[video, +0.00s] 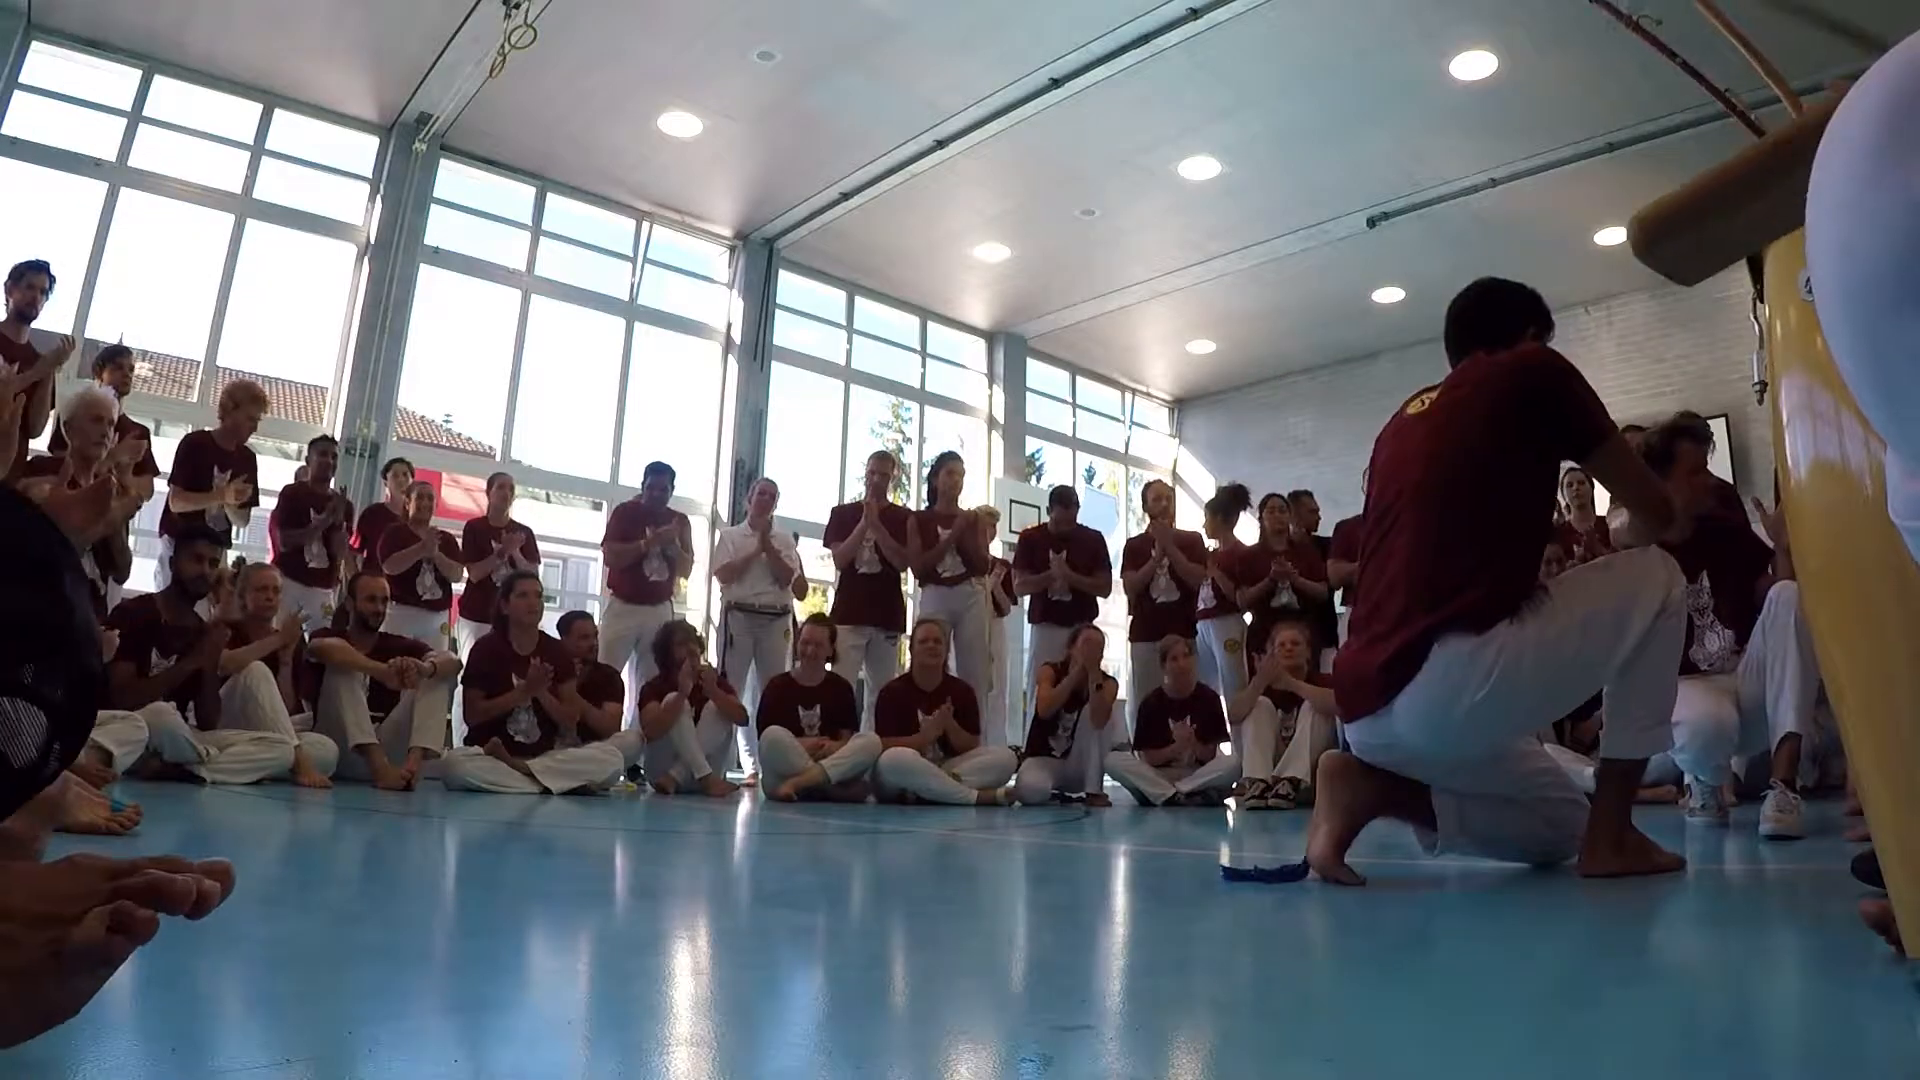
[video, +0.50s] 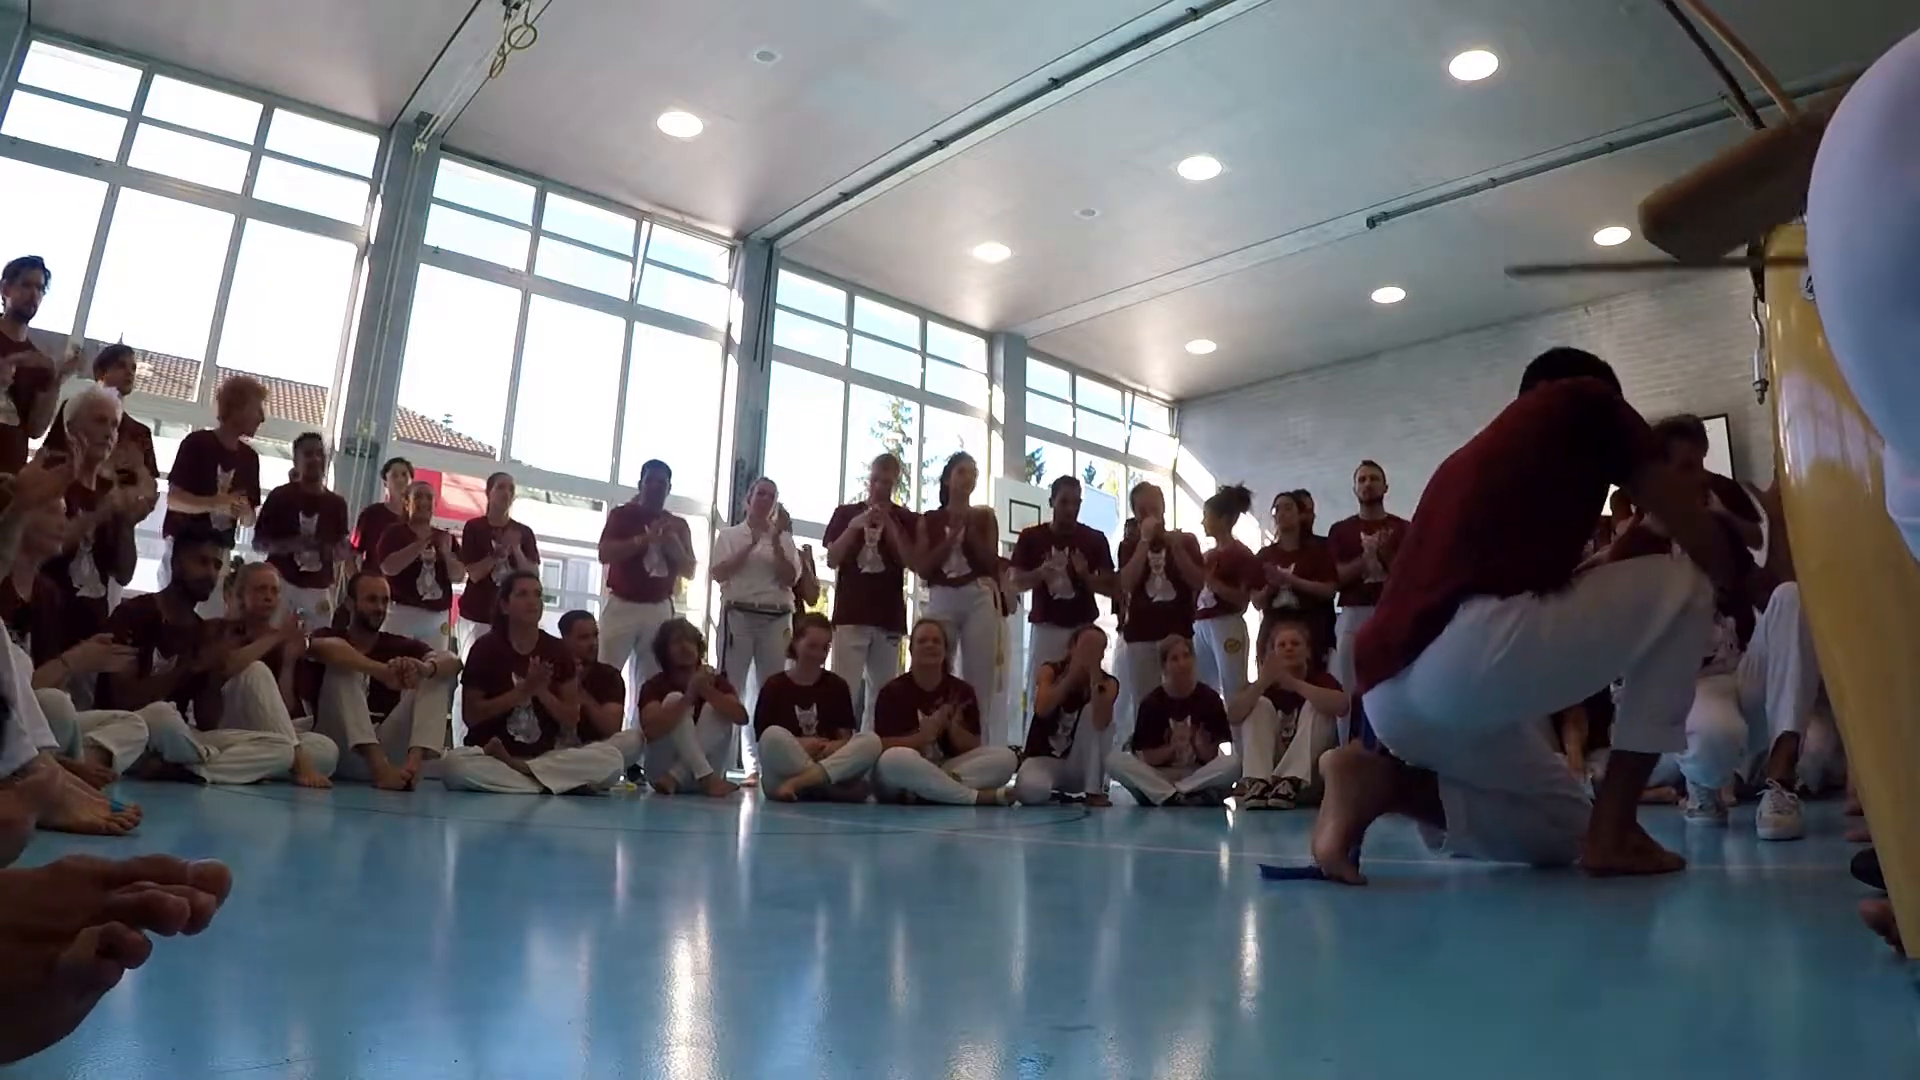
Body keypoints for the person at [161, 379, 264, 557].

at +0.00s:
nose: (255, 428)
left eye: (257, 421)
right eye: (251, 419)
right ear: (228, 412)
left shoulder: (247, 457)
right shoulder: (194, 443)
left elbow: (243, 520)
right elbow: (176, 502)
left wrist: (228, 502)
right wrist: (222, 496)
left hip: (216, 552)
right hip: (178, 545)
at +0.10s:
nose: (255, 427)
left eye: (257, 421)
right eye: (250, 419)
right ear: (227, 413)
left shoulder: (247, 458)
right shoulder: (193, 444)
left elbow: (245, 521)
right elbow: (174, 503)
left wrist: (239, 506)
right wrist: (221, 497)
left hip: (217, 551)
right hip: (179, 544)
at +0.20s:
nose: (254, 431)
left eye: (256, 424)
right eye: (249, 423)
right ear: (227, 415)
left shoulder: (246, 461)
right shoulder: (192, 447)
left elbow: (246, 524)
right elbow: (170, 505)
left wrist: (248, 504)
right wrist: (212, 500)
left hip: (219, 553)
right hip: (180, 549)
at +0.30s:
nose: (254, 430)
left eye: (257, 423)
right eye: (249, 422)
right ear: (226, 415)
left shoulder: (247, 461)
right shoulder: (193, 446)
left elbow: (244, 521)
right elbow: (176, 507)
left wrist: (239, 507)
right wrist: (219, 501)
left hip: (219, 554)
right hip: (182, 549)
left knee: (210, 623)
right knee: (174, 620)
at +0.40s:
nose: (262, 420)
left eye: (262, 413)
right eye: (257, 412)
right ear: (235, 410)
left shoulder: (249, 457)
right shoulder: (195, 443)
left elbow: (245, 520)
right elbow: (178, 503)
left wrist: (241, 508)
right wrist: (222, 500)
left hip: (220, 549)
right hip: (182, 543)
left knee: (208, 620)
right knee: (174, 615)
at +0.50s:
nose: (263, 417)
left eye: (261, 409)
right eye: (257, 408)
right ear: (235, 409)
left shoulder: (250, 457)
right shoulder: (195, 443)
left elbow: (250, 519)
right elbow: (173, 500)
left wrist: (243, 510)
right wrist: (215, 503)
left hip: (220, 551)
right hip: (183, 546)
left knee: (209, 621)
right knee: (174, 616)